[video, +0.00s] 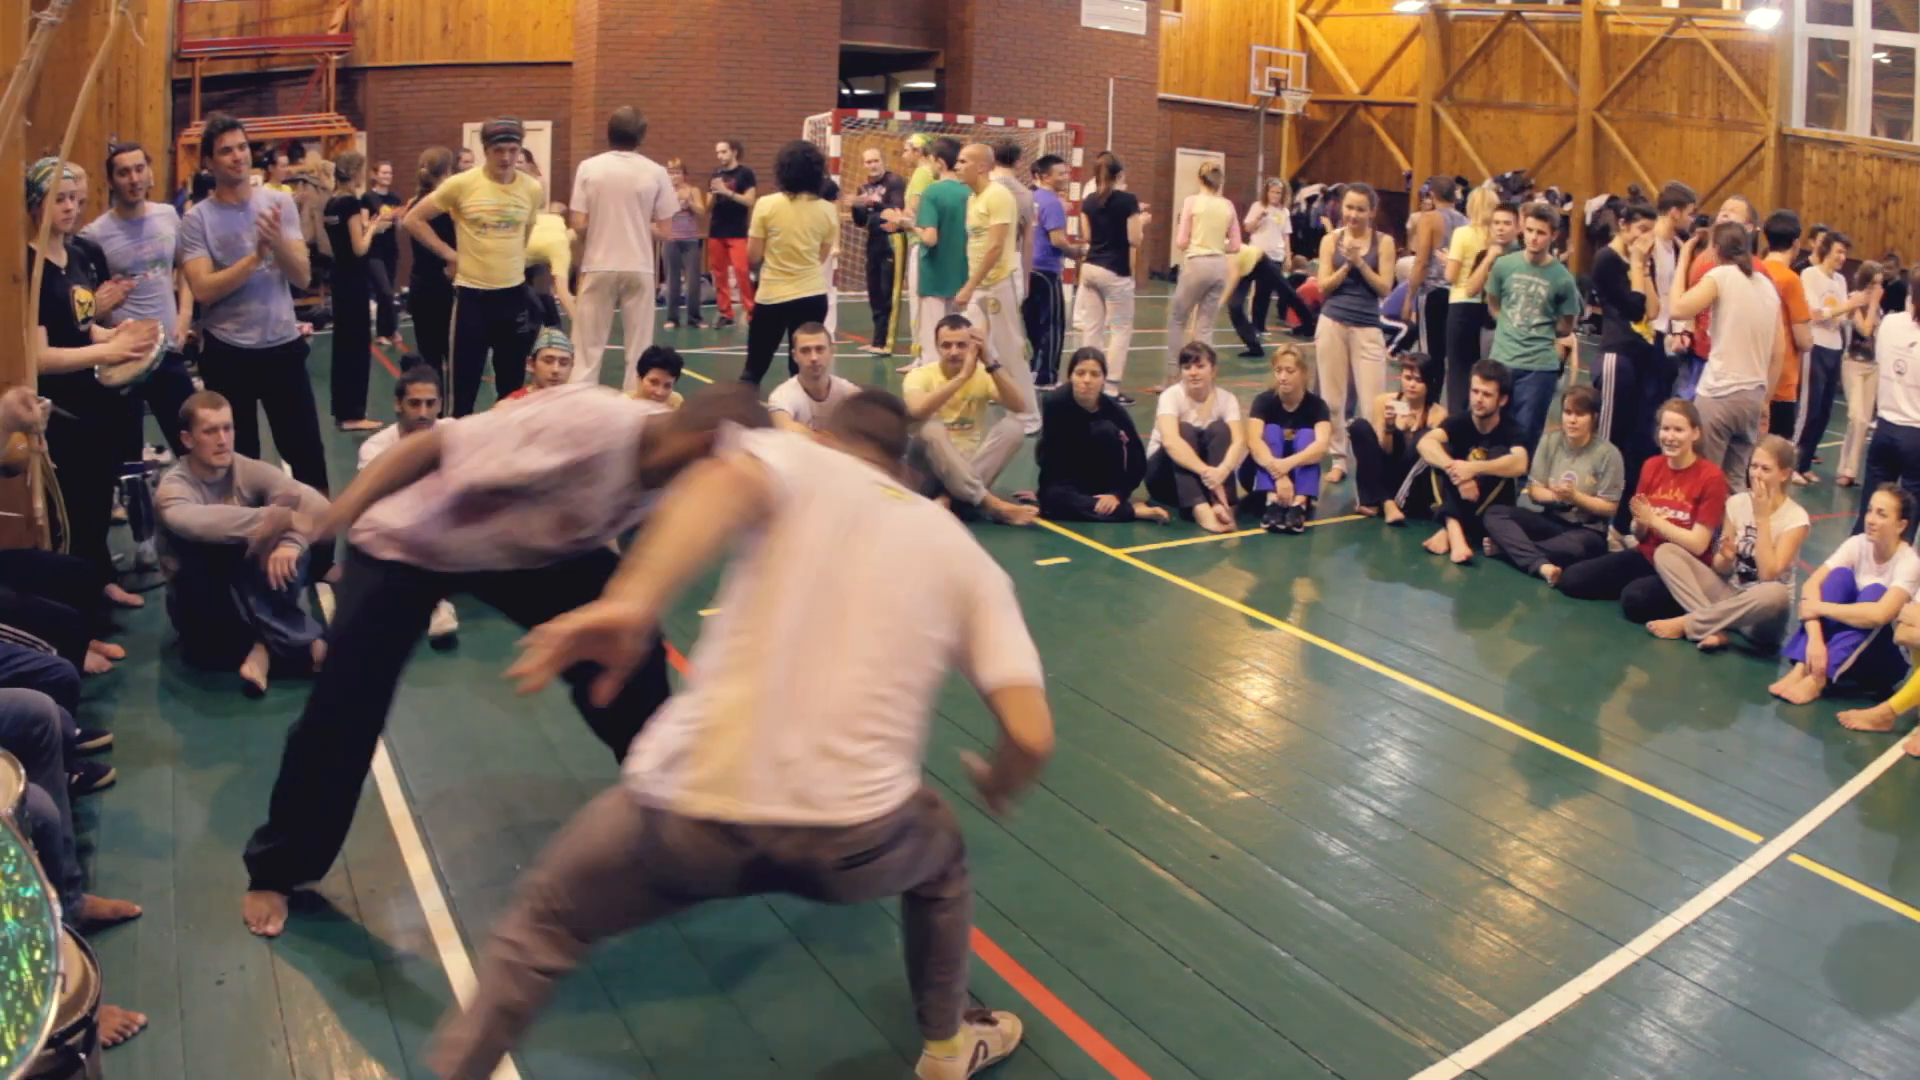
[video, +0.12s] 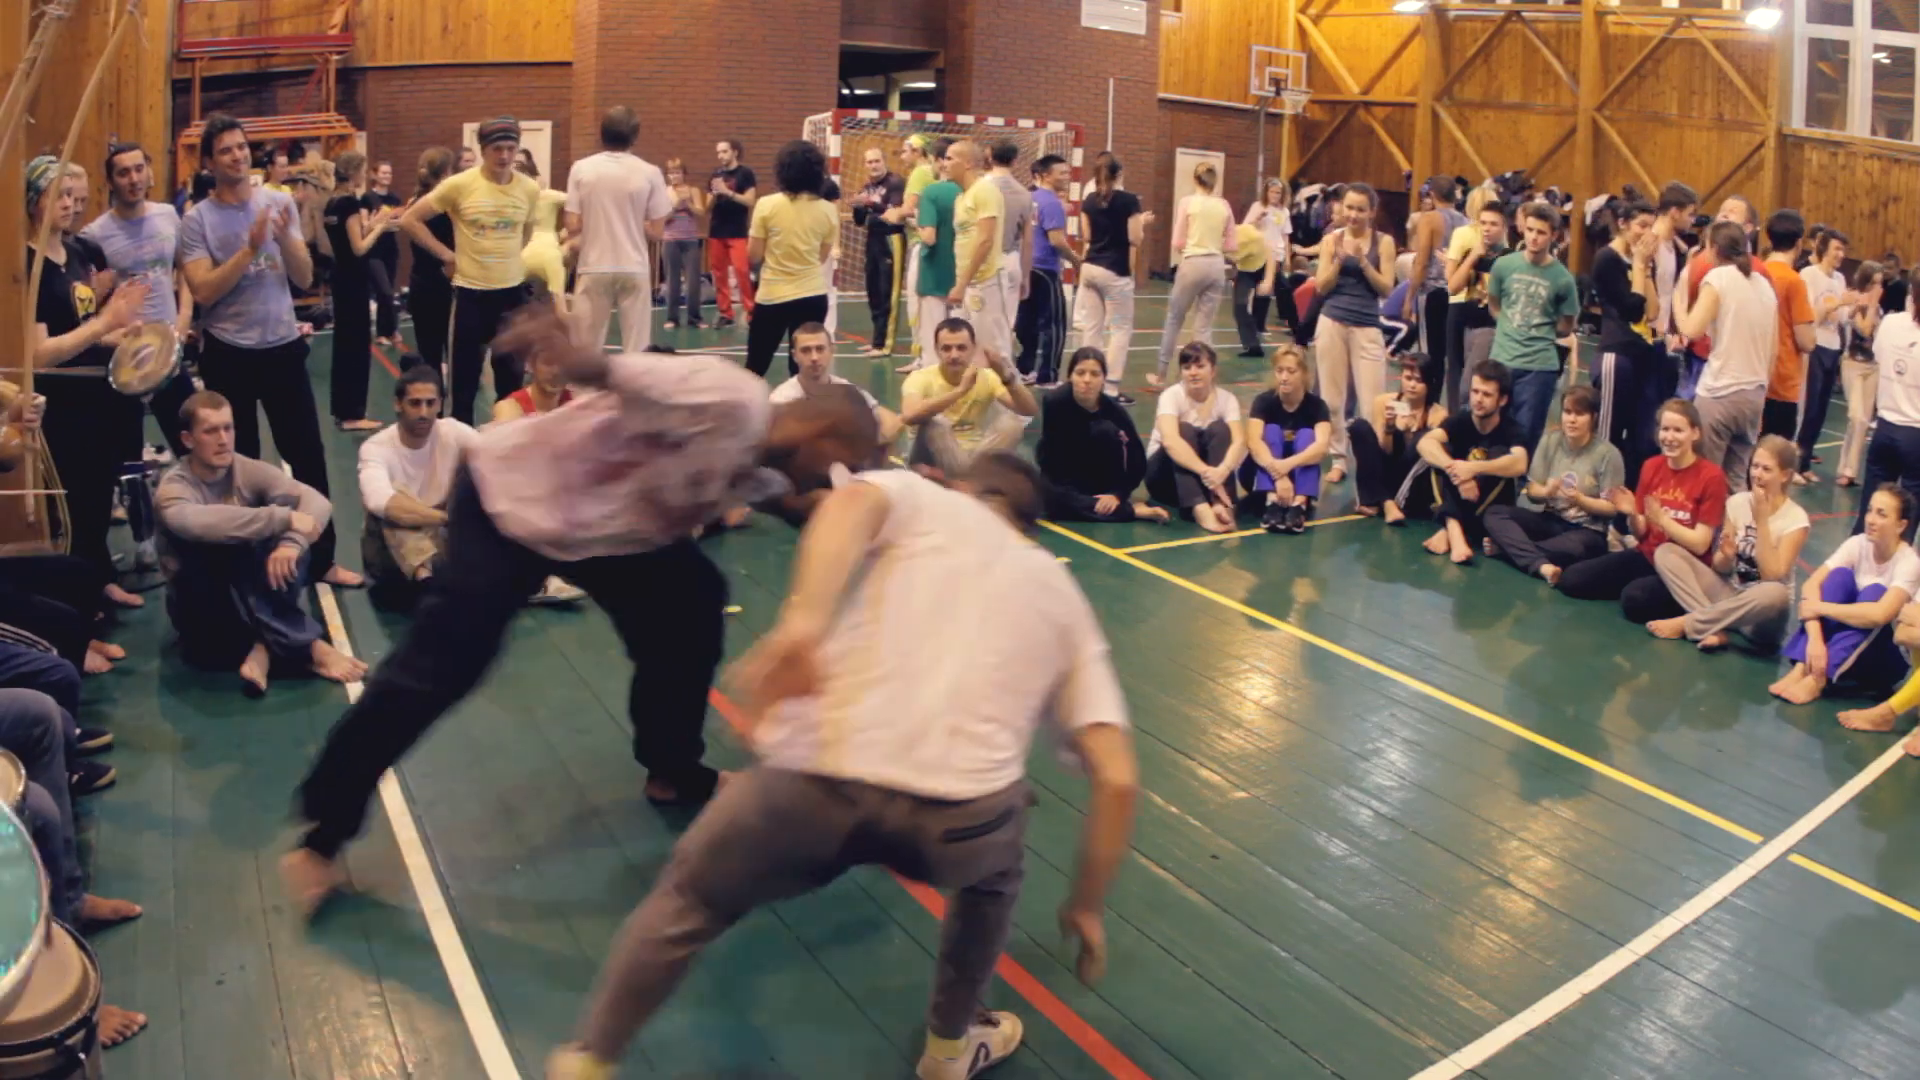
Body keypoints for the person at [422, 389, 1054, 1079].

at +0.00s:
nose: (797, 434)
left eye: (806, 426)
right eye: (805, 428)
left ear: (818, 428)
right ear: (906, 469)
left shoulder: (783, 449)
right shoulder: (959, 551)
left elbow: (726, 482)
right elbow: (1033, 737)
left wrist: (634, 602)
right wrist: (1000, 783)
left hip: (691, 811)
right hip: (854, 835)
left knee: (545, 924)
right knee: (939, 854)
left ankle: (451, 1064)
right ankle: (946, 1043)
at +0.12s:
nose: (937, 476)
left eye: (948, 472)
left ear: (959, 483)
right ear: (1030, 522)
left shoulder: (904, 489)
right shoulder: (1061, 594)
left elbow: (845, 509)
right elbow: (1117, 778)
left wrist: (801, 626)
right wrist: (1087, 903)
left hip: (810, 782)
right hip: (964, 816)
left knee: (689, 898)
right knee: (989, 886)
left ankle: (585, 1057)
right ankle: (948, 1045)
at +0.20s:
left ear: (1025, 487)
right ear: (1093, 524)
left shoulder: (965, 488)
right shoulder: (1123, 591)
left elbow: (912, 492)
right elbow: (1180, 748)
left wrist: (929, 603)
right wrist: (1133, 890)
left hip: (867, 745)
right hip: (1010, 791)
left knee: (774, 854)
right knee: (1016, 885)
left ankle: (699, 1039)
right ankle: (949, 1046)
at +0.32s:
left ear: (1119, 438)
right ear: (1184, 478)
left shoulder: (1082, 445)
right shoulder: (1213, 540)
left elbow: (1030, 405)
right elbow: (1259, 621)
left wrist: (1068, 523)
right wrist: (1175, 697)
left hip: (952, 676)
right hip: (1074, 727)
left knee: (885, 788)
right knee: (1040, 877)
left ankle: (841, 954)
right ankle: (948, 1042)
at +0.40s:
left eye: (1174, 382)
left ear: (1174, 390)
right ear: (1247, 430)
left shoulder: (1135, 397)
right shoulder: (1267, 472)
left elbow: (1086, 344)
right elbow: (1316, 516)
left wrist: (1126, 466)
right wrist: (1211, 567)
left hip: (1021, 627)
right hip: (1139, 681)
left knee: (965, 724)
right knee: (1063, 851)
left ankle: (933, 859)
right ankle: (961, 1023)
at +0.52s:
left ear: (1268, 367)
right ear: (1325, 403)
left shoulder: (1214, 362)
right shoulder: (1350, 445)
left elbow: (1160, 292)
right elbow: (1410, 471)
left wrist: (1180, 405)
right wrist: (1301, 542)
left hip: (1094, 584)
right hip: (1210, 639)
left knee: (1080, 656)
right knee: (1174, 765)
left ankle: (1057, 755)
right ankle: (1069, 909)